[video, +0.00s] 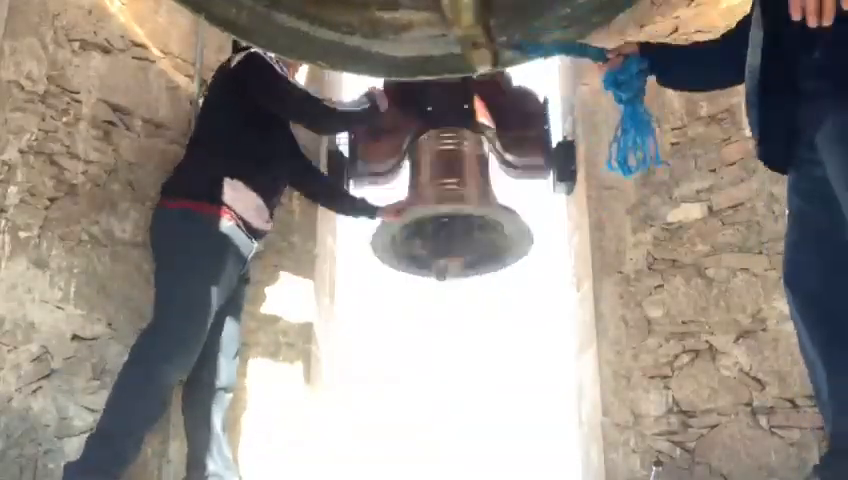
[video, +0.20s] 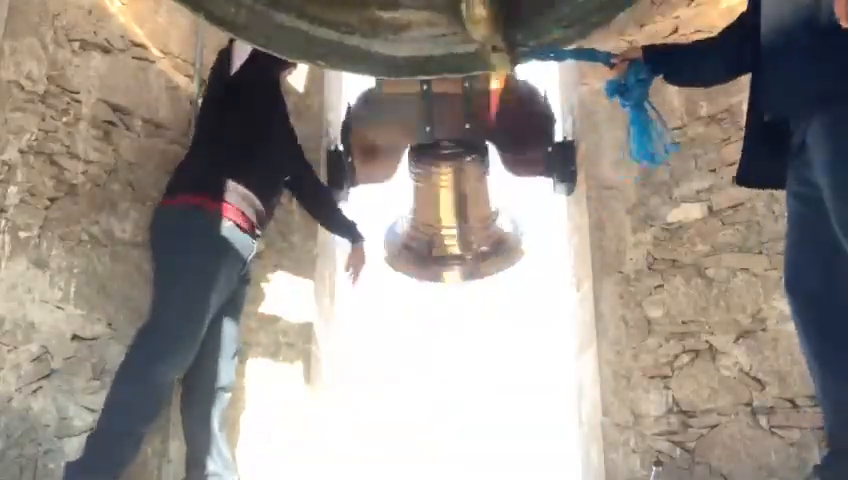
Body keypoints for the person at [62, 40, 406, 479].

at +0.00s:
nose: (299, 67)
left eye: (301, 63)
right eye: (296, 57)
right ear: (278, 51)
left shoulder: (269, 121)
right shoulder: (251, 67)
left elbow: (311, 180)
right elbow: (319, 117)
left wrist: (375, 212)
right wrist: (375, 109)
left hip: (235, 244)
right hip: (203, 222)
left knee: (216, 378)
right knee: (170, 351)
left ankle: (213, 473)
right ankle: (93, 471)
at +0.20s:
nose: (296, 57)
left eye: (300, 50)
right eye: (291, 48)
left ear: (285, 60)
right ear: (272, 47)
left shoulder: (275, 110)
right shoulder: (244, 73)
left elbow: (303, 178)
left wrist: (353, 234)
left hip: (237, 241)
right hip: (204, 224)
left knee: (215, 383)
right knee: (163, 360)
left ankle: (213, 472)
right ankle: (93, 471)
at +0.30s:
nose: (308, 73)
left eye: (311, 67)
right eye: (304, 63)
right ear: (282, 47)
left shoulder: (273, 111)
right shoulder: (240, 64)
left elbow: (281, 186)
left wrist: (309, 254)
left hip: (237, 242)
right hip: (205, 221)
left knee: (215, 380)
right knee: (170, 354)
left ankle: (213, 472)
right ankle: (97, 470)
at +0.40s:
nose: (298, 73)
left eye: (303, 66)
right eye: (296, 60)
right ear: (274, 49)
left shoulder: (268, 105)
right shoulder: (244, 71)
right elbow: (297, 126)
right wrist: (365, 116)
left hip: (239, 242)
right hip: (207, 223)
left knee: (218, 383)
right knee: (171, 352)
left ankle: (216, 473)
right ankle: (101, 469)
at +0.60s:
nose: (291, 64)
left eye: (294, 58)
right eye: (288, 54)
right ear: (268, 47)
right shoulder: (250, 72)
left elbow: (260, 181)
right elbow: (311, 130)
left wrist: (299, 196)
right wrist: (373, 190)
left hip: (239, 242)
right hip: (206, 224)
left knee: (216, 383)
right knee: (162, 354)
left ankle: (215, 473)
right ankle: (96, 470)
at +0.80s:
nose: (288, 57)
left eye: (293, 49)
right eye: (285, 45)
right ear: (265, 38)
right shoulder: (245, 66)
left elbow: (274, 181)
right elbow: (295, 140)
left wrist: (313, 124)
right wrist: (357, 199)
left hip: (241, 241)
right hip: (208, 225)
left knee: (217, 380)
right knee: (174, 352)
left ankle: (215, 472)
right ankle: (96, 470)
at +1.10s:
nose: (313, 66)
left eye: (316, 57)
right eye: (311, 55)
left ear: (287, 52)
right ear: (288, 46)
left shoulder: (277, 96)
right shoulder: (256, 70)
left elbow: (311, 152)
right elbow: (288, 147)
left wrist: (379, 151)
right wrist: (356, 181)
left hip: (243, 244)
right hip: (208, 228)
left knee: (219, 383)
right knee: (174, 354)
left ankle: (215, 472)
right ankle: (97, 469)